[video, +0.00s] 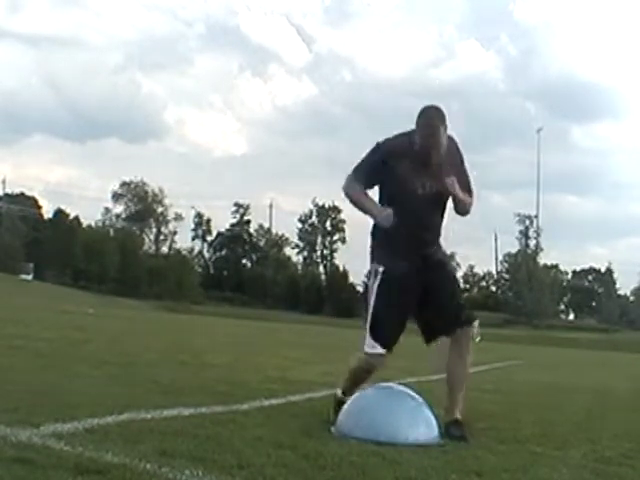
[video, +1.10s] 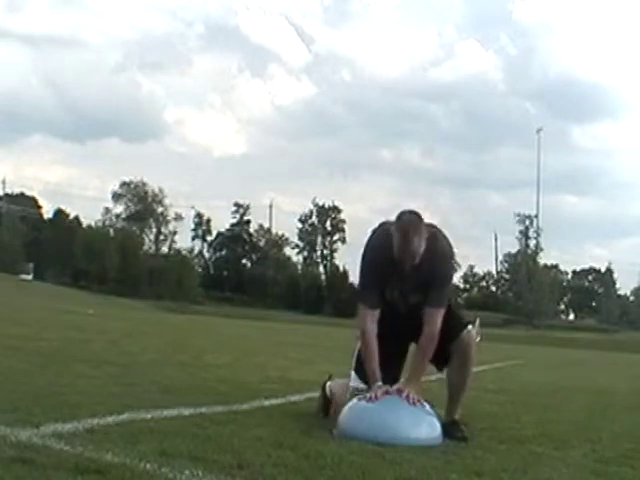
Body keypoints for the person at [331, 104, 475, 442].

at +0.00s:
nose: (431, 150)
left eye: (436, 143)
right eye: (425, 143)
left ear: (445, 135)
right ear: (416, 133)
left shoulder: (450, 151)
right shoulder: (391, 150)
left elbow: (466, 207)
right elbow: (352, 188)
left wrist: (457, 194)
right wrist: (376, 211)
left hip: (431, 257)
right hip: (391, 258)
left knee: (463, 330)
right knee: (374, 357)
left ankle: (454, 419)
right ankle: (343, 398)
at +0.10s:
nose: (432, 192)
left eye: (438, 187)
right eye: (428, 186)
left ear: (449, 179)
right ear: (419, 172)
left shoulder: (448, 186)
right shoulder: (397, 190)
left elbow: (458, 230)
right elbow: (353, 235)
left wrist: (451, 226)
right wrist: (382, 275)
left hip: (427, 278)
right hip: (391, 278)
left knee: (467, 333)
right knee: (393, 368)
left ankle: (456, 418)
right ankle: (348, 392)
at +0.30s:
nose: (435, 267)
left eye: (440, 261)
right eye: (429, 262)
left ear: (449, 243)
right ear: (417, 241)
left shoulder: (449, 234)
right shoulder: (390, 243)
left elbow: (466, 282)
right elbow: (356, 302)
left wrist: (444, 306)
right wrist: (388, 345)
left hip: (422, 309)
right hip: (386, 312)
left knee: (465, 329)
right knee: (386, 395)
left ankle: (455, 418)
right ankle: (344, 394)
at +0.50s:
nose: (420, 269)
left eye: (425, 265)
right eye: (415, 263)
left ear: (437, 250)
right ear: (405, 242)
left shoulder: (446, 262)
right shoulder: (382, 223)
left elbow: (422, 326)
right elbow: (344, 236)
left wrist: (386, 364)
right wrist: (349, 287)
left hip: (423, 302)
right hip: (381, 300)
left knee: (463, 331)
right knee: (373, 385)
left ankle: (454, 417)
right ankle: (340, 393)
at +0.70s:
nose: (412, 235)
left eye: (417, 231)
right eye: (407, 229)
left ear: (428, 219)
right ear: (396, 214)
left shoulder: (440, 240)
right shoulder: (379, 214)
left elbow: (435, 307)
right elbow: (349, 258)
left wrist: (415, 358)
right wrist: (358, 299)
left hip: (422, 315)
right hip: (383, 314)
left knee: (460, 340)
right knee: (360, 409)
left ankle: (451, 418)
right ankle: (332, 393)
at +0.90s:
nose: (400, 271)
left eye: (406, 265)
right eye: (395, 264)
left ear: (418, 249)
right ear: (385, 248)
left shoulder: (435, 259)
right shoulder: (371, 250)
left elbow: (429, 327)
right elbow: (364, 323)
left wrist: (413, 383)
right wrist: (374, 383)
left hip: (423, 319)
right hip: (385, 322)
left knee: (464, 343)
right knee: (366, 410)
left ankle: (451, 419)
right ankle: (331, 392)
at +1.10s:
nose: (409, 260)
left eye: (415, 255)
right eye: (404, 254)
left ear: (425, 242)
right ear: (393, 241)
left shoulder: (441, 250)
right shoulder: (378, 243)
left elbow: (432, 323)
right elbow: (368, 319)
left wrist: (412, 382)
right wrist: (375, 382)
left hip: (428, 313)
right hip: (389, 316)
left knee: (465, 342)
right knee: (371, 395)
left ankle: (451, 419)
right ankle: (332, 389)